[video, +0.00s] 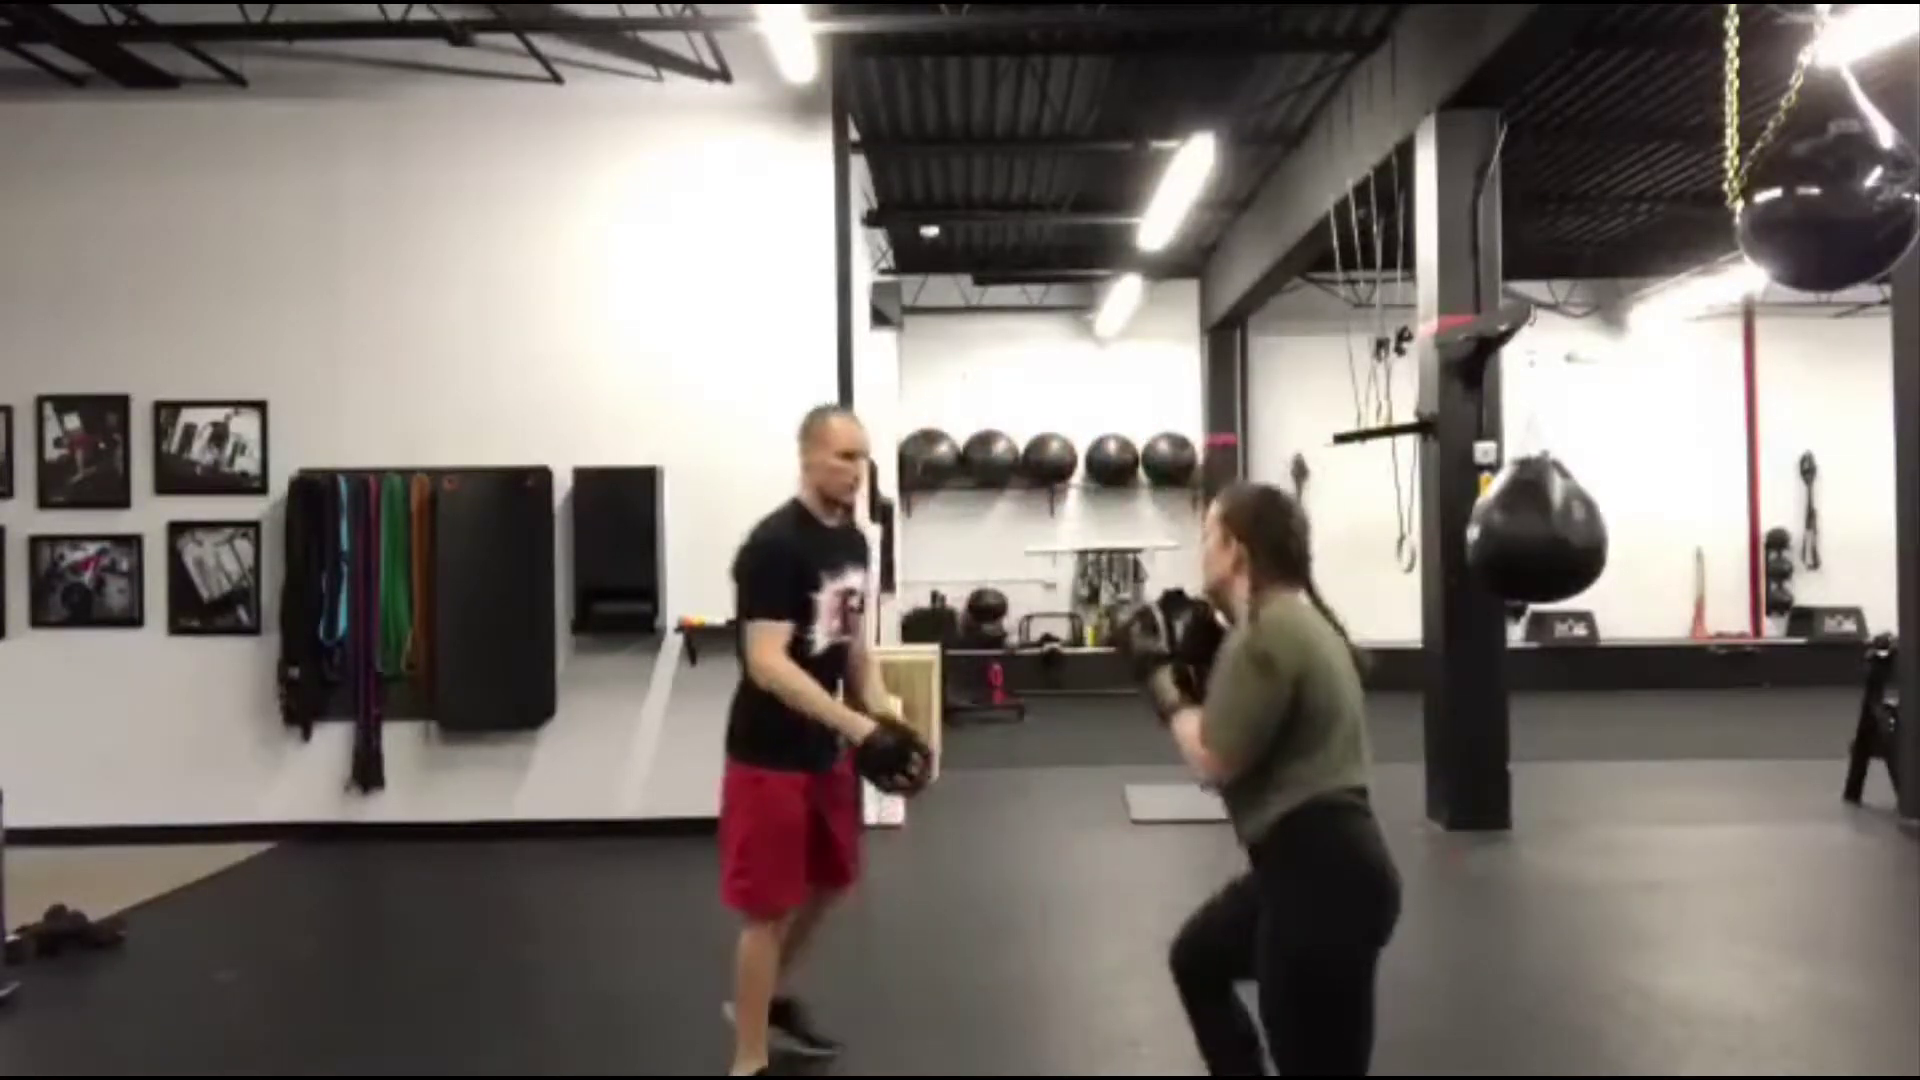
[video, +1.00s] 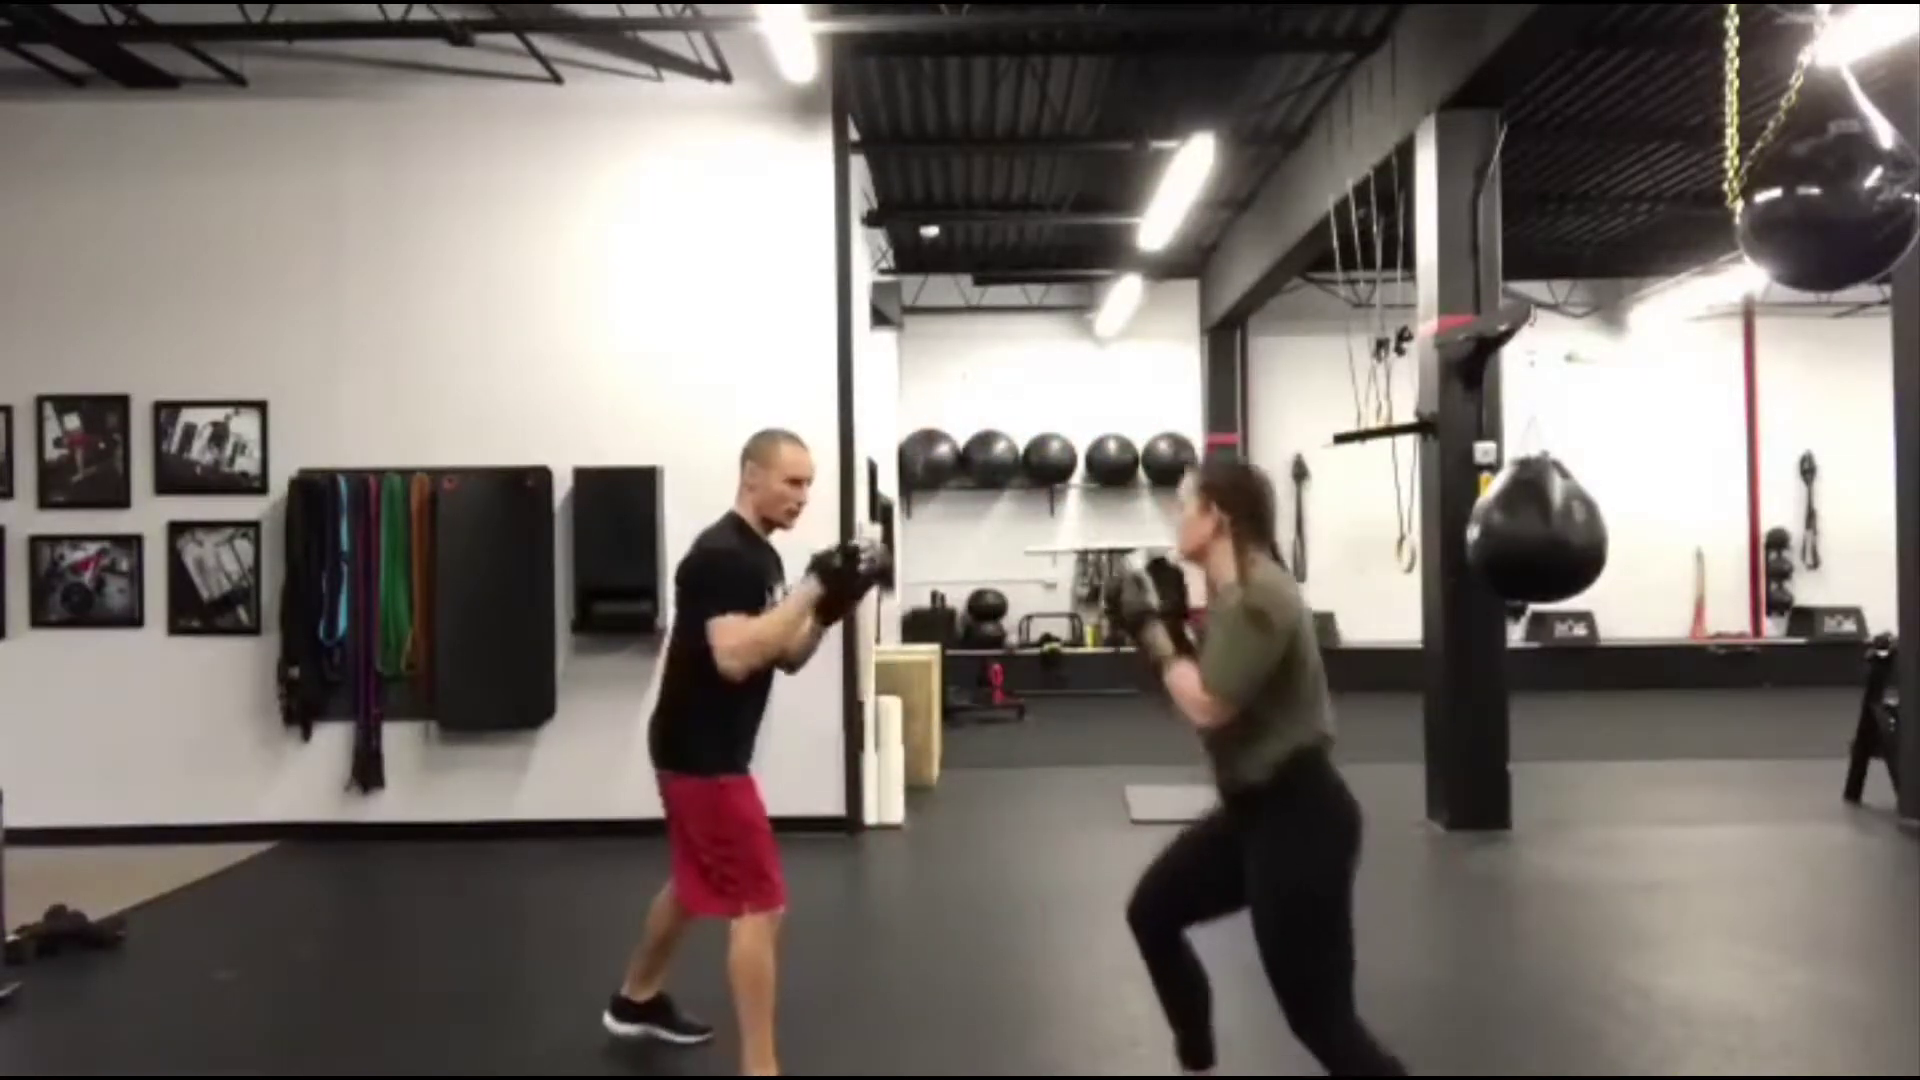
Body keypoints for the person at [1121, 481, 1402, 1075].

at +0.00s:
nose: (1203, 554)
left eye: (1208, 540)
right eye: (1205, 540)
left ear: (1236, 551)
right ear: (1281, 548)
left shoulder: (1265, 636)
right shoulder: (1306, 623)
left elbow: (1213, 761)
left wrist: (1164, 681)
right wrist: (1213, 662)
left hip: (1317, 876)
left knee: (1314, 1061)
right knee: (1198, 957)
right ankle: (1243, 1069)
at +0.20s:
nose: (1173, 497)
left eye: (1180, 484)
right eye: (1177, 483)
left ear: (1208, 492)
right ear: (1232, 492)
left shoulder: (1239, 570)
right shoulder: (1261, 558)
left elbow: (1170, 682)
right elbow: (1209, 666)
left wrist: (1128, 615)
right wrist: (1168, 596)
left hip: (1276, 799)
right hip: (1253, 795)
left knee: (1294, 1010)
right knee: (1181, 935)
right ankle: (1196, 1068)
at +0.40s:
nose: (1151, 556)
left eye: (1161, 544)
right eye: (1156, 543)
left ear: (1189, 559)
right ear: (1194, 560)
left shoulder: (1219, 648)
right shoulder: (1209, 634)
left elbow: (1160, 762)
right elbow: (1174, 733)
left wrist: (1116, 690)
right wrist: (1135, 672)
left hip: (1238, 856)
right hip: (1199, 850)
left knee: (1235, 1049)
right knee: (1132, 980)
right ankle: (1182, 1070)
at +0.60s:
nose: (1154, 495)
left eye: (1163, 482)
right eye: (1158, 482)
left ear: (1196, 493)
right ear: (1206, 493)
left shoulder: (1225, 569)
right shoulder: (1232, 561)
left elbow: (1166, 678)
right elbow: (1177, 668)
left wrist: (1123, 607)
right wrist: (1131, 606)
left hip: (1270, 788)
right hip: (1238, 785)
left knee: (1290, 990)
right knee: (1192, 950)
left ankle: (1374, 1067)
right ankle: (1196, 1070)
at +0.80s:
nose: (1183, 542)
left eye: (1191, 530)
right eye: (1186, 529)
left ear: (1223, 541)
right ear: (1230, 541)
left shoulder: (1267, 616)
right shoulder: (1245, 615)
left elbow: (1214, 728)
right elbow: (1218, 710)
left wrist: (1159, 656)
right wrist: (1179, 652)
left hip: (1314, 838)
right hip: (1278, 835)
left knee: (1320, 1037)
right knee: (1200, 972)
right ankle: (1240, 1072)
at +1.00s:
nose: (1177, 521)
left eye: (1186, 508)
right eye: (1181, 508)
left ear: (1215, 518)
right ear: (1226, 519)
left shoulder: (1259, 597)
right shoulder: (1240, 597)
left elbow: (1208, 706)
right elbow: (1212, 691)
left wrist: (1153, 635)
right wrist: (1169, 629)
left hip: (1301, 817)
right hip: (1263, 815)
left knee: (1321, 1020)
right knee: (1152, 912)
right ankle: (1197, 1064)